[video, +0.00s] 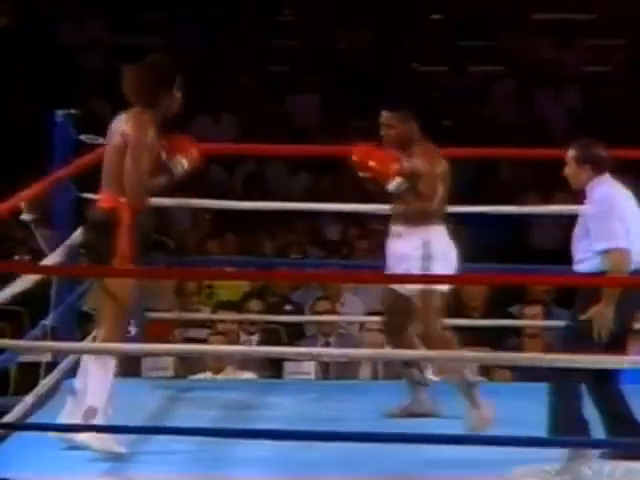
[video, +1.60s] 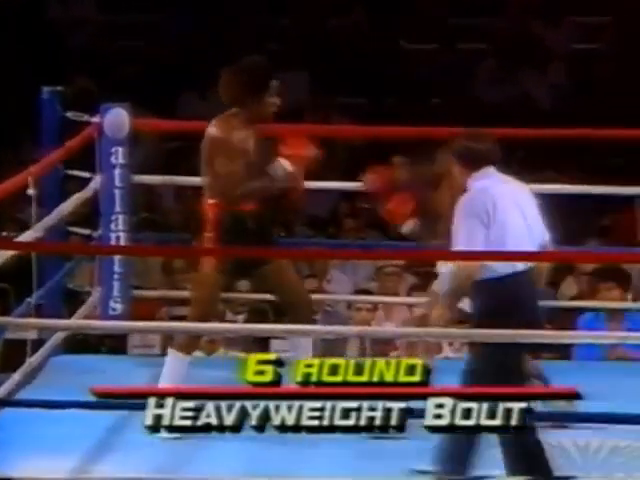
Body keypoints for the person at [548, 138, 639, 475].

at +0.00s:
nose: (565, 171)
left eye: (569, 164)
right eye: (566, 164)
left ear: (587, 167)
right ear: (591, 167)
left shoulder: (605, 195)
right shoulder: (604, 193)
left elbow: (618, 254)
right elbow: (615, 252)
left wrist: (608, 302)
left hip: (605, 293)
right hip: (607, 291)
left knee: (564, 360)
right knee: (598, 371)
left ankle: (576, 445)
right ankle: (627, 443)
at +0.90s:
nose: (573, 175)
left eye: (573, 170)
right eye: (573, 171)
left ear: (579, 170)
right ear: (612, 168)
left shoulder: (575, 206)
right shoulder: (636, 196)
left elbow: (569, 264)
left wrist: (563, 313)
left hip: (596, 299)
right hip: (636, 298)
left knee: (575, 388)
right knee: (634, 387)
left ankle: (590, 466)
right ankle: (636, 464)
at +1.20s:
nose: (533, 178)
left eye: (534, 172)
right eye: (533, 172)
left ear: (543, 172)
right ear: (574, 169)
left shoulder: (544, 205)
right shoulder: (603, 199)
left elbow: (543, 266)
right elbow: (631, 253)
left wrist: (533, 311)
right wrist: (632, 305)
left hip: (564, 295)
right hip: (601, 292)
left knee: (547, 381)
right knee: (600, 375)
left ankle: (558, 465)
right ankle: (630, 457)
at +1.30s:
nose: (512, 179)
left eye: (515, 172)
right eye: (512, 172)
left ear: (528, 171)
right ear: (557, 168)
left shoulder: (532, 203)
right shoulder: (586, 200)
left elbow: (534, 261)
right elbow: (614, 257)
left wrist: (519, 308)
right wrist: (610, 305)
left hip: (549, 291)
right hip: (584, 290)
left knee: (536, 380)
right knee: (583, 375)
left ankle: (553, 467)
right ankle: (621, 463)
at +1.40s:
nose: (491, 174)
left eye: (492, 166)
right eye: (491, 166)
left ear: (504, 166)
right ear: (530, 162)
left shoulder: (512, 194)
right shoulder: (561, 191)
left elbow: (512, 256)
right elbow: (583, 254)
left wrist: (495, 305)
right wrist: (579, 303)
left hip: (531, 285)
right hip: (563, 281)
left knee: (521, 376)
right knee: (549, 374)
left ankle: (543, 465)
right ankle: (571, 460)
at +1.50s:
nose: (470, 168)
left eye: (472, 161)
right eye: (470, 161)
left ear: (484, 161)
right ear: (514, 156)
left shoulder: (495, 193)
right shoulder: (544, 188)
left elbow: (491, 257)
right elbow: (566, 246)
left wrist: (481, 305)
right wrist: (560, 295)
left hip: (514, 283)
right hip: (547, 279)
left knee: (511, 375)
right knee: (522, 369)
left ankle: (535, 464)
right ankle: (523, 458)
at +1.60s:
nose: (452, 176)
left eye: (453, 167)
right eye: (452, 168)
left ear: (464, 165)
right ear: (491, 161)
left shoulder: (473, 198)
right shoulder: (520, 189)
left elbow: (469, 264)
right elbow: (543, 249)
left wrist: (446, 303)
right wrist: (531, 288)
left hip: (494, 292)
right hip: (524, 288)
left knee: (503, 383)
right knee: (479, 379)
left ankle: (533, 469)